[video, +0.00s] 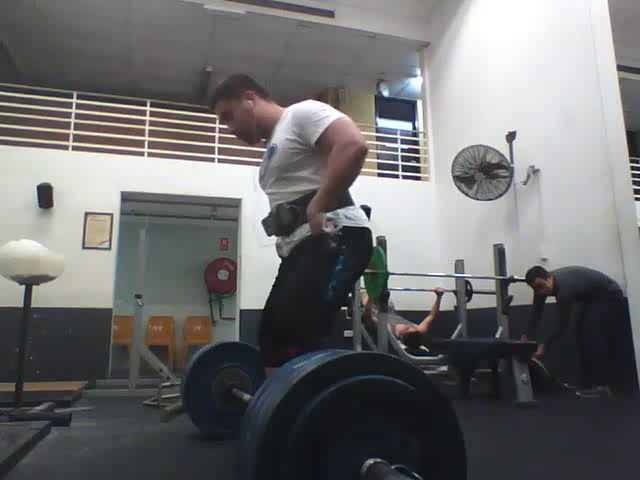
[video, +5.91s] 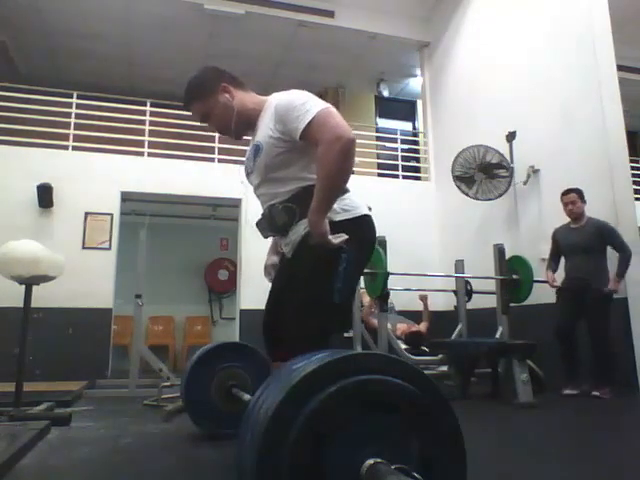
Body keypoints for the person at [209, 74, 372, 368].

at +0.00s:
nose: (228, 129)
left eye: (228, 117)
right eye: (223, 123)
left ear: (250, 99)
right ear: (251, 101)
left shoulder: (301, 113)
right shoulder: (273, 152)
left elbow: (351, 144)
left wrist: (318, 207)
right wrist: (285, 231)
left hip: (333, 238)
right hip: (305, 248)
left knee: (296, 335)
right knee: (273, 335)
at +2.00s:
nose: (214, 133)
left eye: (211, 121)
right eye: (207, 127)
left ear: (230, 100)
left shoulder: (287, 112)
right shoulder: (251, 161)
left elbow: (335, 153)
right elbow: (276, 202)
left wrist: (300, 215)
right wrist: (267, 236)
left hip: (324, 235)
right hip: (290, 247)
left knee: (289, 330)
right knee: (266, 333)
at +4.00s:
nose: (200, 150)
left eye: (196, 139)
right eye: (192, 146)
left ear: (213, 115)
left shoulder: (272, 117)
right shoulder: (238, 168)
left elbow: (322, 158)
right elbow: (270, 212)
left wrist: (295, 225)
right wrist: (264, 245)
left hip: (326, 238)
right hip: (293, 252)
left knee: (292, 334)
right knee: (265, 337)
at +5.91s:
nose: (213, 129)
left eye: (208, 117)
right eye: (205, 123)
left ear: (226, 93)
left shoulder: (285, 103)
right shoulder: (255, 154)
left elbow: (338, 139)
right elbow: (289, 202)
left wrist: (317, 216)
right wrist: (276, 248)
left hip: (335, 228)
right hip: (304, 240)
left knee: (303, 333)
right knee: (278, 331)